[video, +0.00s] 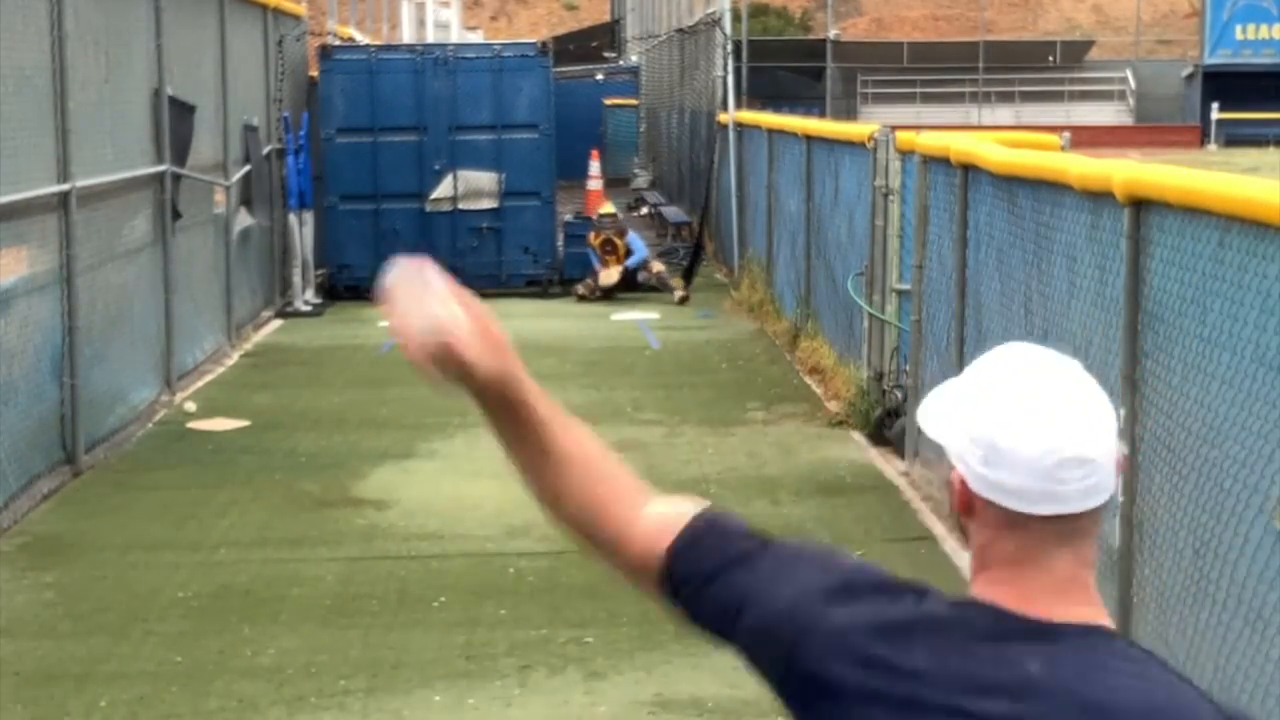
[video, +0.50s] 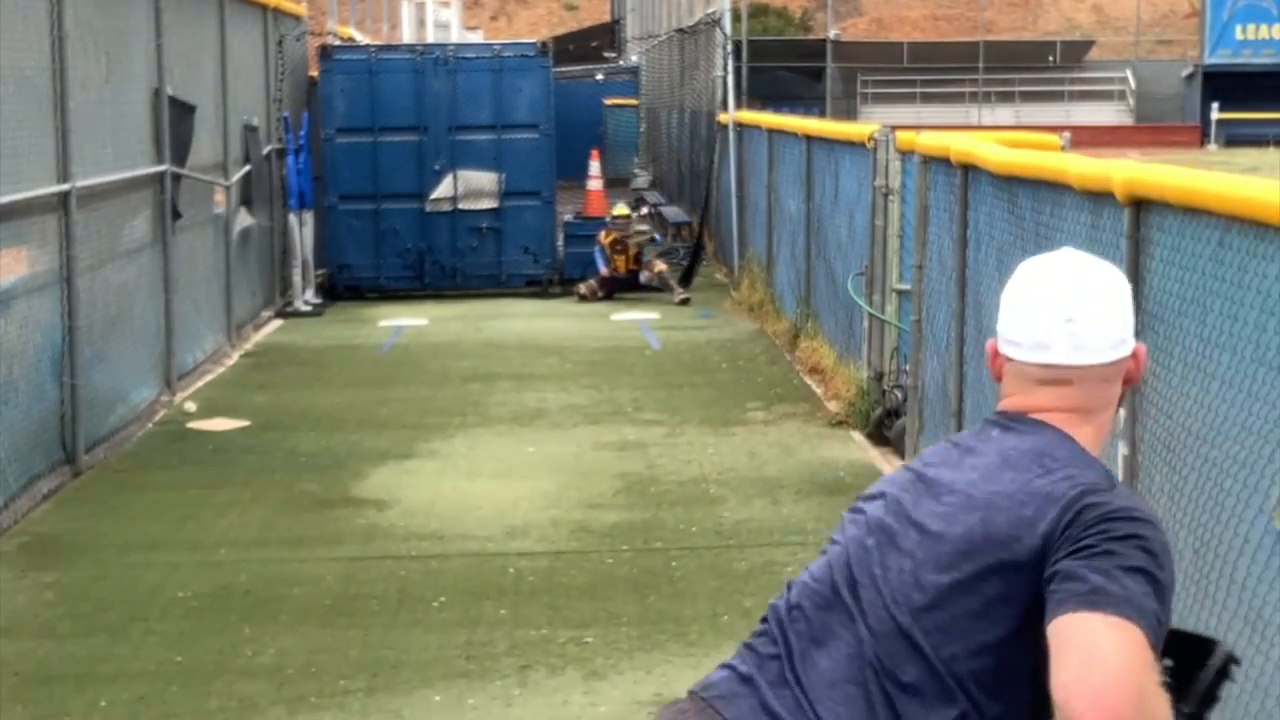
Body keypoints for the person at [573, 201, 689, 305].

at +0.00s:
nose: (608, 228)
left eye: (612, 223)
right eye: (604, 224)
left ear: (618, 222)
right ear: (598, 224)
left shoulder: (628, 235)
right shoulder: (593, 238)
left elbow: (643, 253)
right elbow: (593, 257)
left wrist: (623, 267)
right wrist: (601, 271)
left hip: (631, 271)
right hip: (609, 272)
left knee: (655, 266)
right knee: (597, 280)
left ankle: (676, 291)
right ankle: (586, 290)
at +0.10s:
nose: (611, 229)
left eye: (614, 225)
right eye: (607, 225)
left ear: (621, 224)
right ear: (601, 226)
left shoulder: (631, 236)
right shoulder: (597, 240)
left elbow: (648, 253)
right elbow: (597, 260)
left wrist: (629, 261)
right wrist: (604, 267)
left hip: (634, 271)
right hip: (611, 270)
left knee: (657, 265)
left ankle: (677, 293)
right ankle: (588, 289)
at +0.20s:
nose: (614, 224)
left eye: (617, 220)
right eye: (610, 221)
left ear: (623, 221)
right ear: (604, 223)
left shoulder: (634, 236)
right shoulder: (600, 240)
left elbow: (651, 251)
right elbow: (597, 261)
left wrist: (631, 256)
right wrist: (605, 271)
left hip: (635, 276)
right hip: (612, 276)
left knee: (657, 266)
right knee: (598, 284)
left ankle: (678, 292)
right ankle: (586, 290)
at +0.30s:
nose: (617, 226)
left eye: (621, 222)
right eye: (613, 222)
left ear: (628, 222)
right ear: (608, 223)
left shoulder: (637, 236)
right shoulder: (603, 238)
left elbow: (654, 249)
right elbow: (596, 254)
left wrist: (635, 249)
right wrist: (602, 270)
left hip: (636, 275)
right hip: (613, 276)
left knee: (658, 266)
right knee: (597, 283)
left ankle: (677, 292)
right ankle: (586, 291)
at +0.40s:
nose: (617, 223)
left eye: (621, 219)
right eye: (614, 219)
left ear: (626, 220)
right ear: (609, 221)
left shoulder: (638, 235)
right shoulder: (604, 237)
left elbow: (659, 245)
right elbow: (597, 253)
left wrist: (638, 234)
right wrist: (602, 269)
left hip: (637, 276)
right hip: (614, 277)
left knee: (658, 267)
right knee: (599, 283)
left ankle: (678, 293)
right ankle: (586, 290)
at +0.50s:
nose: (623, 223)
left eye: (626, 219)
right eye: (619, 220)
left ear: (630, 220)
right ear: (612, 222)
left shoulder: (639, 233)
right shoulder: (604, 236)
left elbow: (660, 244)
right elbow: (598, 252)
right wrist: (603, 268)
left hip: (636, 275)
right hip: (614, 275)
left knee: (658, 267)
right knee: (598, 283)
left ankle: (678, 293)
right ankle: (586, 291)